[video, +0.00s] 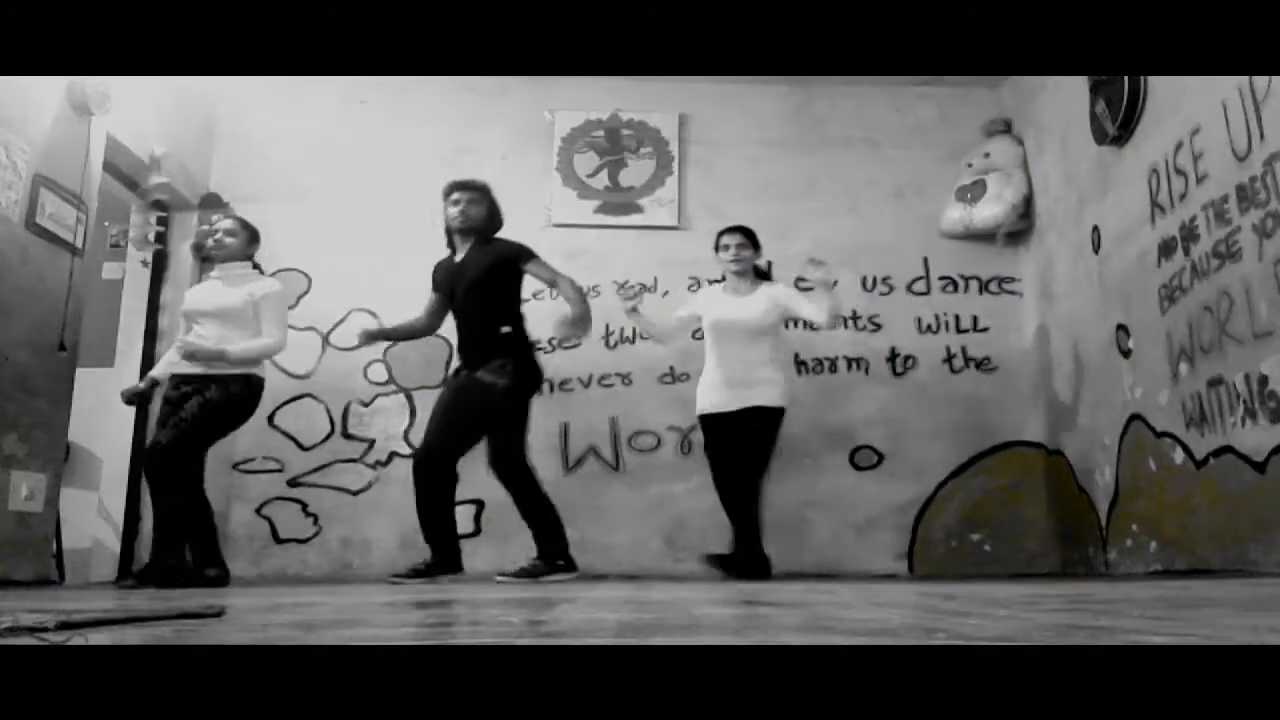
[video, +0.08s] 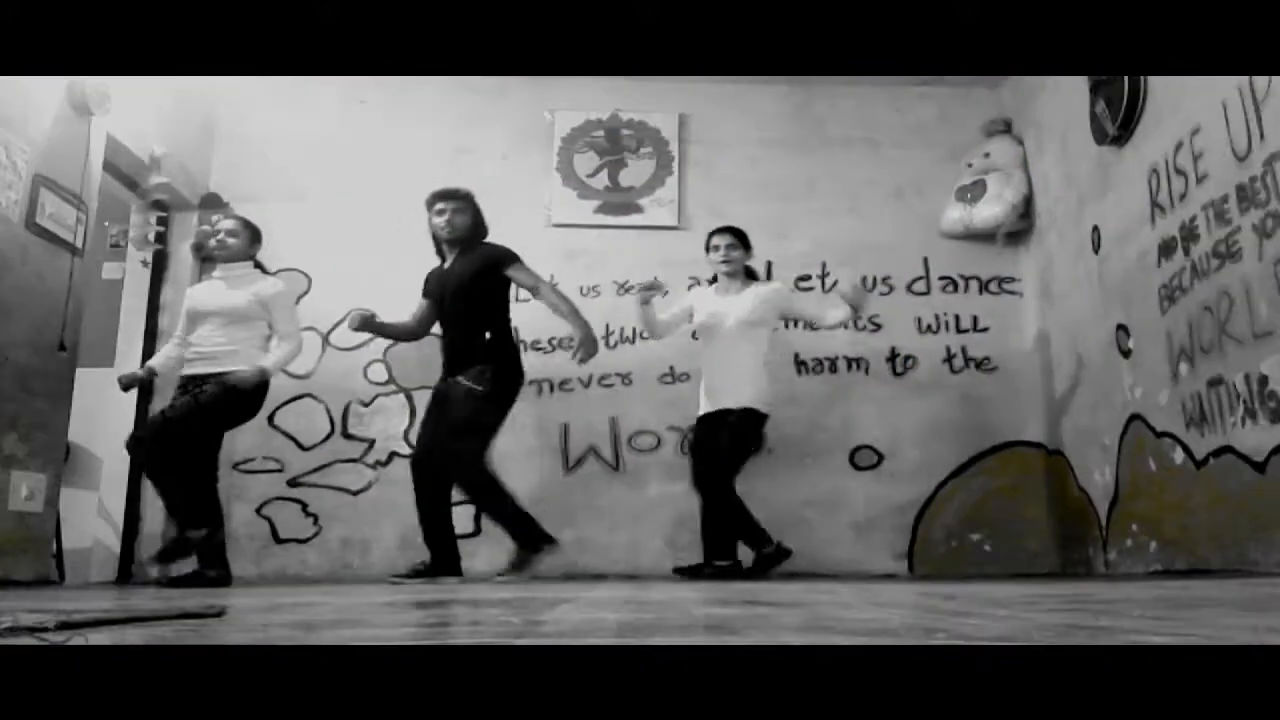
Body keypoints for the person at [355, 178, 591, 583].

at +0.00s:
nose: (461, 208)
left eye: (472, 203)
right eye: (454, 203)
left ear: (489, 214)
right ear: (444, 216)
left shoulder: (504, 252)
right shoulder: (446, 270)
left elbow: (560, 281)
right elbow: (427, 323)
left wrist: (581, 312)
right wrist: (381, 334)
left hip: (511, 371)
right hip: (471, 375)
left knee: (508, 462)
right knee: (432, 460)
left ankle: (556, 554)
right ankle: (444, 558)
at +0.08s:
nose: (447, 218)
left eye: (457, 212)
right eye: (439, 213)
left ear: (474, 220)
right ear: (431, 224)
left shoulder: (491, 257)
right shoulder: (437, 279)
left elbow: (541, 289)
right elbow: (416, 328)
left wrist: (583, 329)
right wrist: (374, 326)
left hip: (495, 374)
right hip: (455, 378)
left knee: (462, 460)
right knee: (427, 463)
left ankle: (533, 540)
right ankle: (444, 561)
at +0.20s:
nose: (436, 217)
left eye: (445, 210)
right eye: (427, 213)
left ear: (464, 217)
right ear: (421, 227)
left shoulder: (483, 252)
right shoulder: (431, 276)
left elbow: (536, 285)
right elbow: (413, 326)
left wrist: (570, 326)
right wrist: (375, 323)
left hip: (484, 366)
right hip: (451, 370)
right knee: (424, 450)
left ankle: (483, 511)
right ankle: (442, 556)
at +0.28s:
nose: (432, 217)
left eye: (441, 209)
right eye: (423, 213)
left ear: (458, 217)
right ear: (415, 226)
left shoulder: (478, 251)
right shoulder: (423, 274)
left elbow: (532, 283)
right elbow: (410, 327)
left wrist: (557, 324)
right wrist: (375, 325)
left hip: (480, 362)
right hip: (448, 368)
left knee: (377, 407)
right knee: (422, 452)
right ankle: (443, 558)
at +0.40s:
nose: (426, 218)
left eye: (435, 210)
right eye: (418, 213)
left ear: (456, 217)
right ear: (410, 227)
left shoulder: (472, 252)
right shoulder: (419, 275)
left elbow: (527, 287)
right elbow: (408, 328)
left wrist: (545, 325)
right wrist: (375, 332)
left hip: (472, 365)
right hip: (440, 369)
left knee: (390, 437)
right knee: (419, 459)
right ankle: (443, 559)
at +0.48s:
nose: (424, 214)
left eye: (433, 207)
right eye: (415, 210)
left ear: (450, 215)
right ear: (406, 223)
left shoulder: (467, 249)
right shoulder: (411, 273)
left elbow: (524, 283)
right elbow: (403, 326)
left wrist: (541, 323)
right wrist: (378, 335)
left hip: (473, 358)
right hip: (438, 364)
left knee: (373, 407)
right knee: (424, 454)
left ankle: (352, 500)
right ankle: (444, 559)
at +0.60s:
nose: (419, 213)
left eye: (429, 208)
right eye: (410, 209)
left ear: (445, 219)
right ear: (399, 223)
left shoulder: (458, 252)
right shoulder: (401, 273)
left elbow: (518, 284)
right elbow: (390, 322)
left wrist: (559, 326)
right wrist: (374, 344)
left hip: (473, 361)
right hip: (442, 367)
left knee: (405, 433)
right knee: (430, 454)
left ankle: (337, 519)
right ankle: (444, 556)